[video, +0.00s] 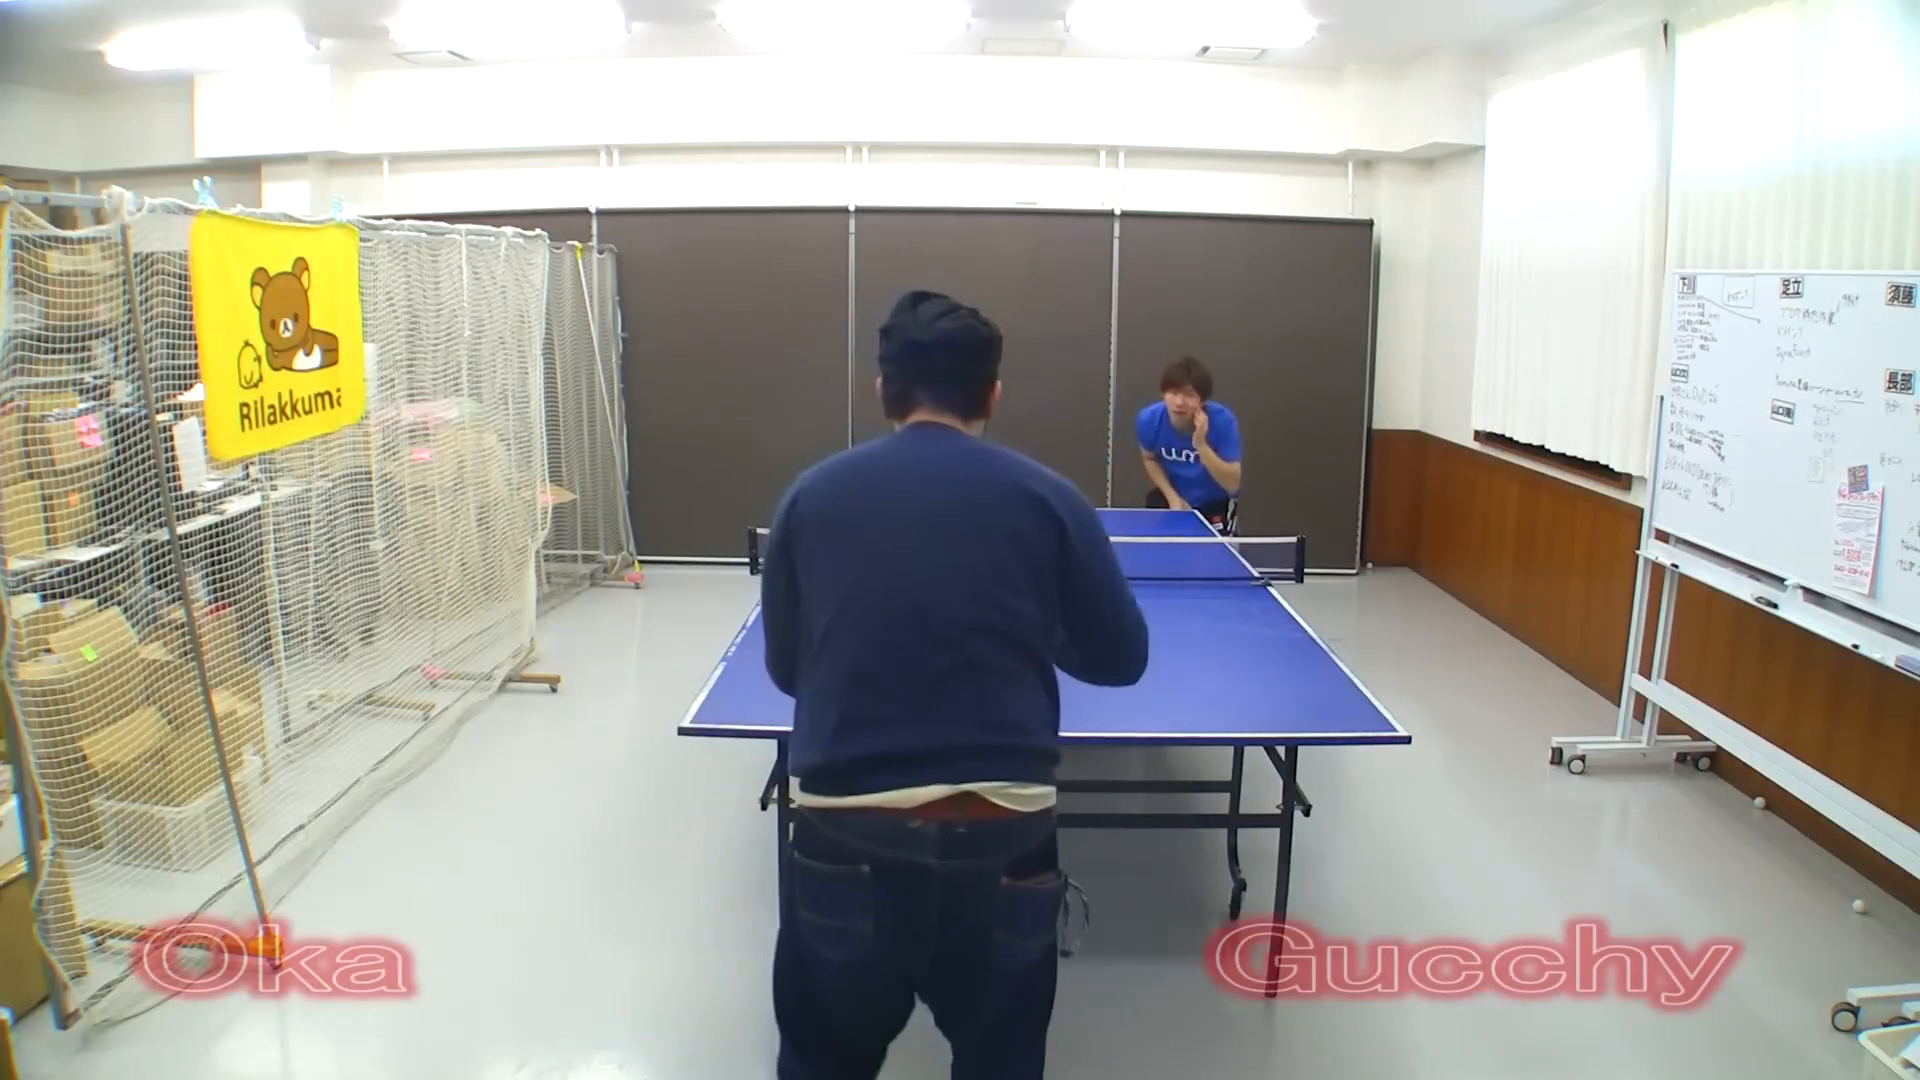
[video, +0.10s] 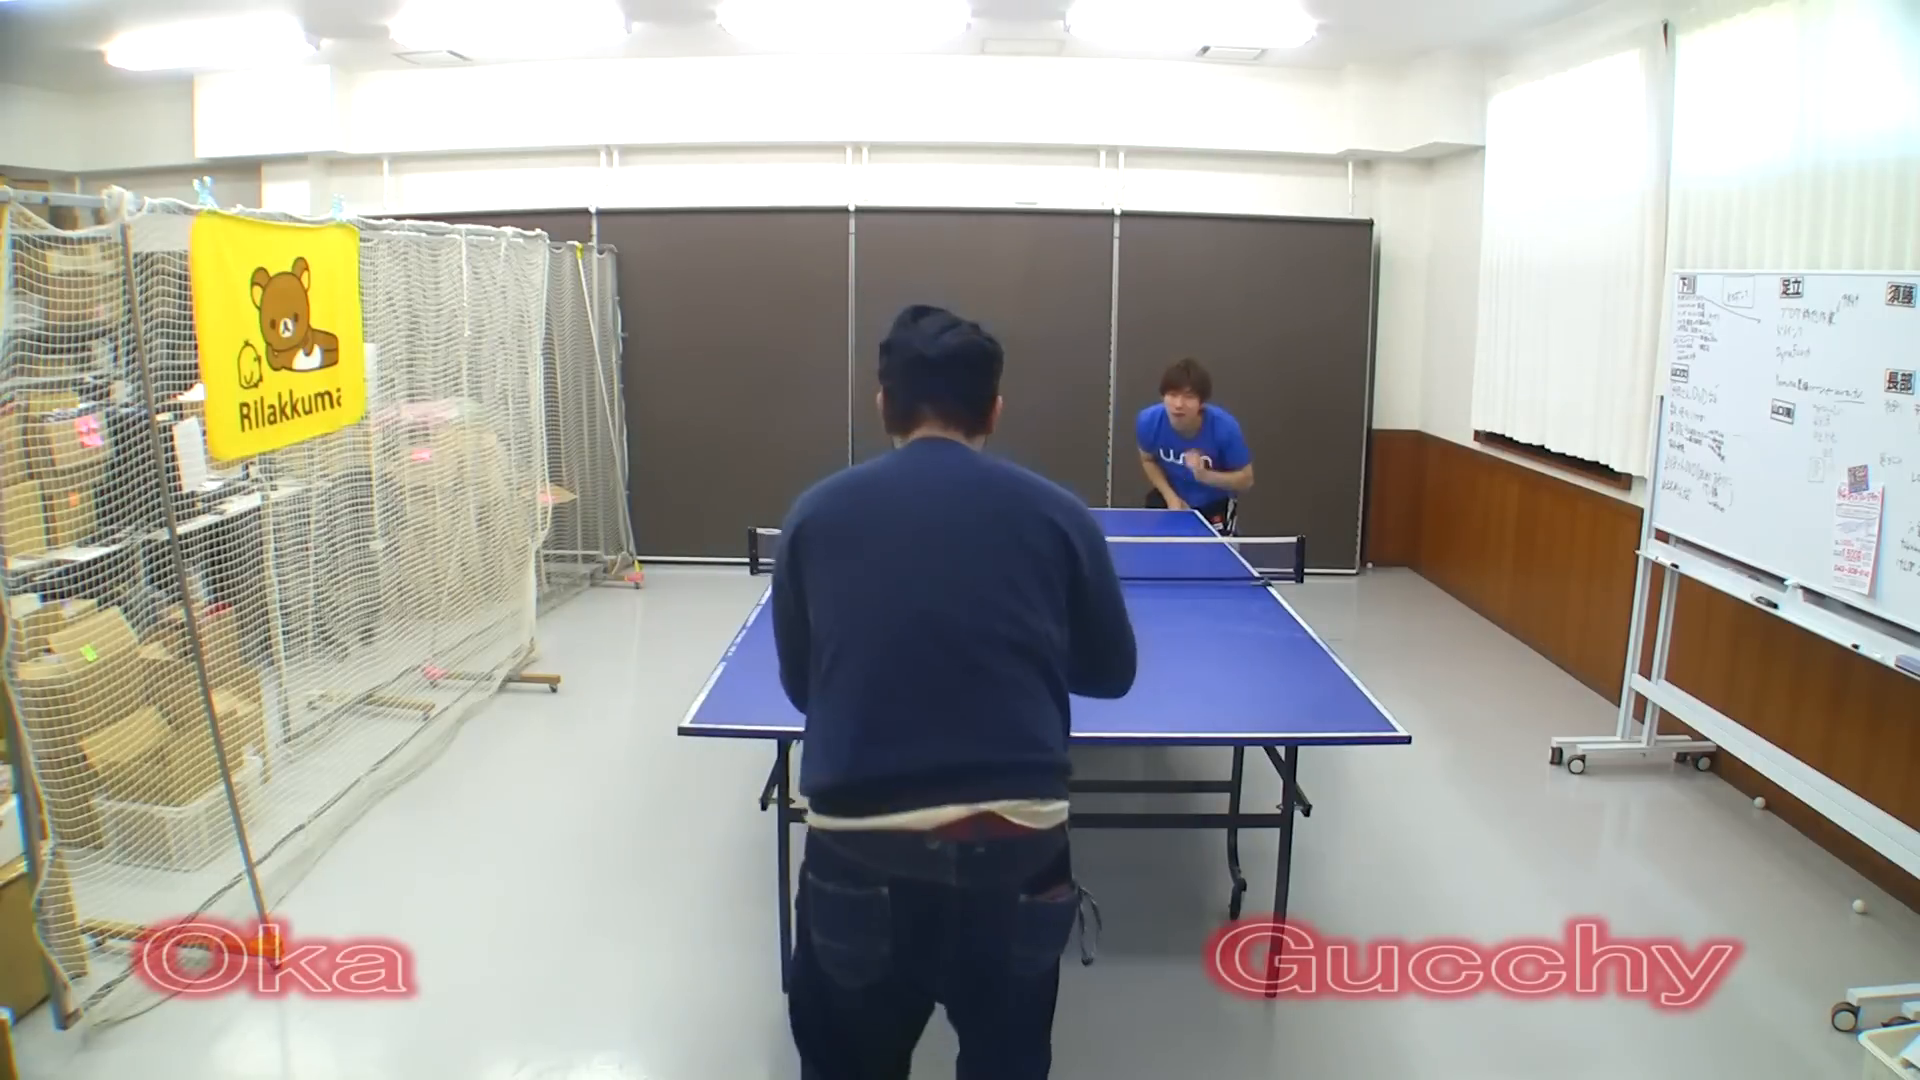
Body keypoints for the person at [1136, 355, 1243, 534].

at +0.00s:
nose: (1179, 402)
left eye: (1189, 395)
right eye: (1174, 392)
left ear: (1203, 399)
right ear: (1163, 394)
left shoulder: (1223, 421)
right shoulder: (1149, 420)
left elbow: (1232, 485)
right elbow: (1149, 458)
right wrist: (1173, 498)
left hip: (1213, 503)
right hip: (1166, 499)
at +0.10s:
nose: (1179, 404)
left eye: (1189, 397)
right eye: (1173, 395)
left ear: (1201, 402)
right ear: (1163, 397)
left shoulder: (1224, 427)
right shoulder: (1148, 422)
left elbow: (1246, 479)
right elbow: (1148, 460)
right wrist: (1171, 498)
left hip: (1213, 504)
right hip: (1166, 497)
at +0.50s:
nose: (1155, 390)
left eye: (1164, 382)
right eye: (1148, 382)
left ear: (1178, 385)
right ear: (1139, 386)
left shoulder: (1207, 417)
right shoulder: (1129, 415)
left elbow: (1224, 458)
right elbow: (1129, 455)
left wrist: (1192, 493)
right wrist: (1152, 488)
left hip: (1199, 496)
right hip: (1150, 495)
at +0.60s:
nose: (1152, 386)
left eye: (1160, 377)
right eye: (1145, 378)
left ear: (1174, 381)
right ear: (1136, 383)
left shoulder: (1203, 413)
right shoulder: (1125, 414)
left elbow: (1221, 454)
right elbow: (1123, 454)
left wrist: (1188, 487)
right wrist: (1147, 484)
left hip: (1195, 499)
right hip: (1146, 498)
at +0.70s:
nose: (1152, 381)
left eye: (1161, 372)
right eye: (1145, 373)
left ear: (1175, 376)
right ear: (1136, 379)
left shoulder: (1202, 409)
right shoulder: (1127, 410)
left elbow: (1226, 451)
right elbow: (1117, 451)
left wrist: (1189, 475)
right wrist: (1141, 474)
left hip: (1195, 502)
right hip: (1147, 501)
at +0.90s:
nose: (1145, 357)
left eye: (1153, 348)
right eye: (1138, 350)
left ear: (1168, 351)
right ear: (1130, 356)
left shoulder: (1198, 382)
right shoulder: (1127, 391)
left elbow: (1235, 421)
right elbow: (1119, 435)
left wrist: (1197, 440)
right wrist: (1112, 444)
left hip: (1199, 493)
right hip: (1153, 491)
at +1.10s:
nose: (1131, 370)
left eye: (1139, 360)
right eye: (1125, 363)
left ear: (1158, 362)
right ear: (1119, 368)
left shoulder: (1195, 395)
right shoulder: (1124, 407)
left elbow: (1235, 429)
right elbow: (1118, 445)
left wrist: (1202, 452)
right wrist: (1094, 465)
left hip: (1199, 506)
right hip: (1154, 504)